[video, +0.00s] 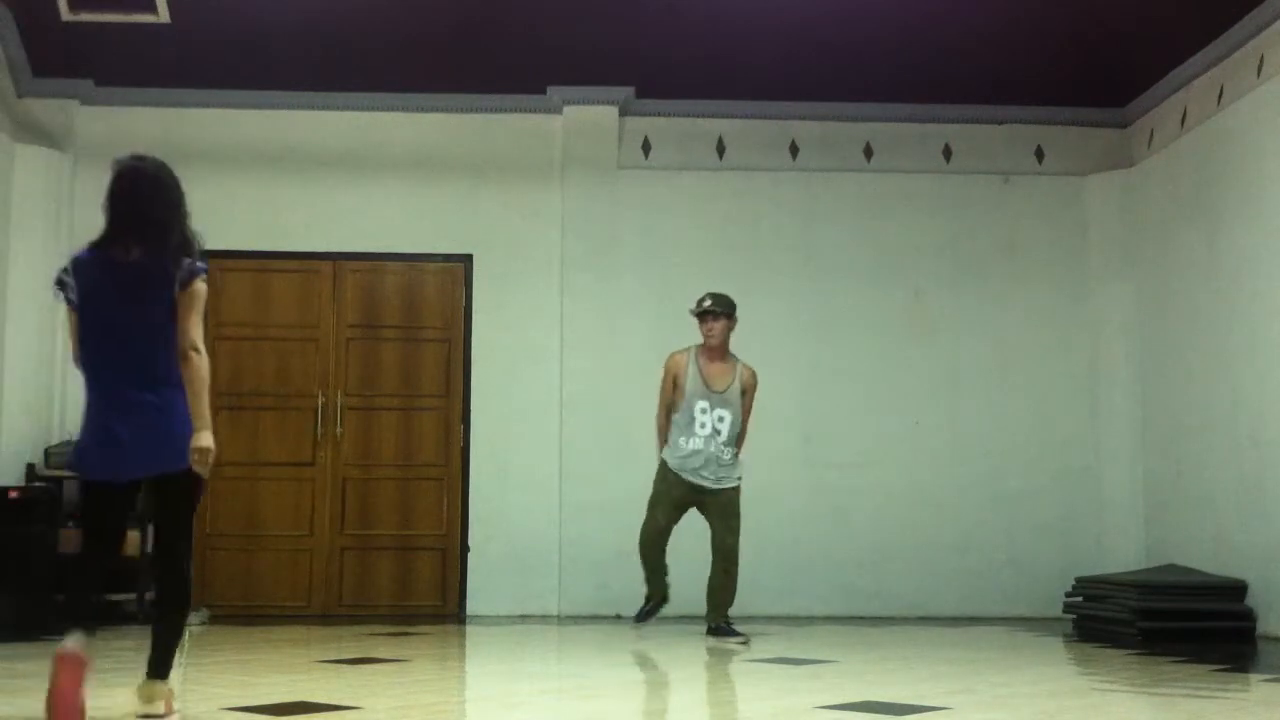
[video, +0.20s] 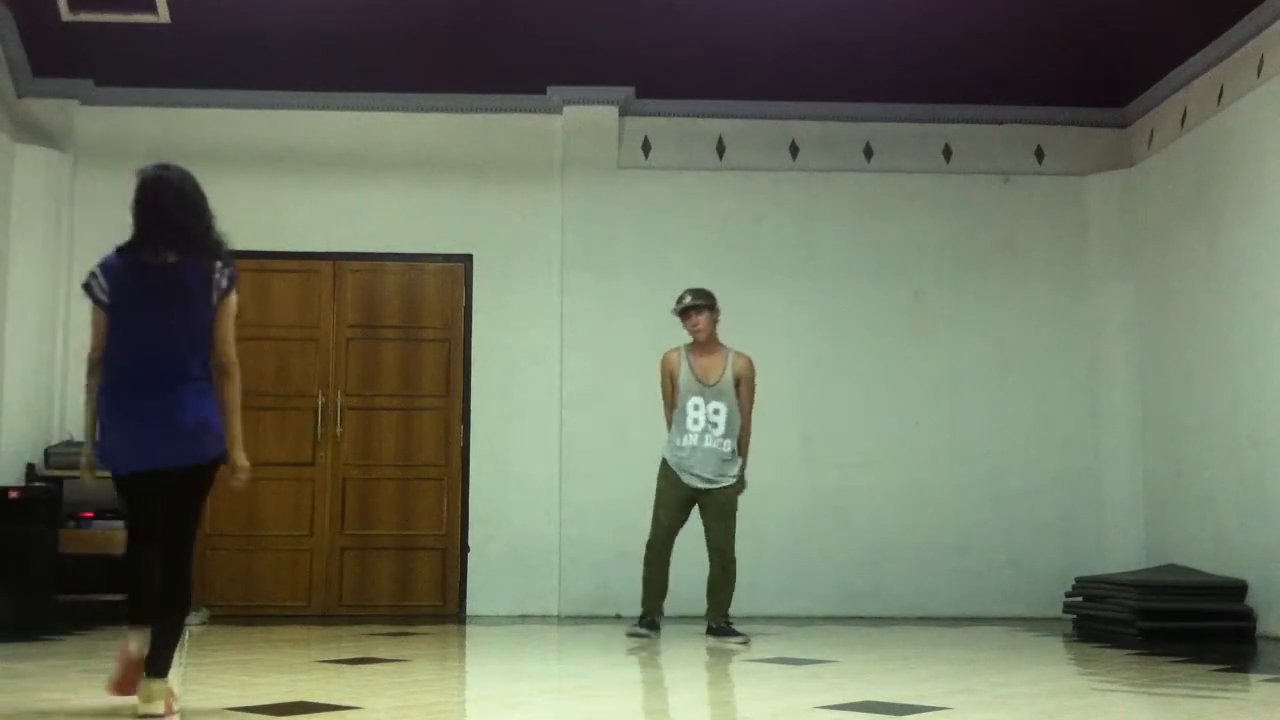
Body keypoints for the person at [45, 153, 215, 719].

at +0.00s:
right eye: (171, 202)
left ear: (112, 205)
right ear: (172, 207)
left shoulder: (82, 268)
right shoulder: (185, 266)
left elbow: (79, 354)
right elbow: (191, 349)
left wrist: (123, 383)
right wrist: (203, 427)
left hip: (105, 436)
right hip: (171, 432)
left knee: (98, 548)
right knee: (173, 559)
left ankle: (76, 639)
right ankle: (157, 683)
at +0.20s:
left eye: (143, 202)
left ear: (139, 210)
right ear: (196, 210)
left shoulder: (112, 270)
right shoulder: (215, 271)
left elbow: (96, 360)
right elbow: (224, 362)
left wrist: (92, 433)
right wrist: (235, 444)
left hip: (125, 431)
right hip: (192, 430)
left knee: (143, 537)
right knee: (177, 551)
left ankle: (135, 639)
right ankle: (158, 682)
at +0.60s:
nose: (169, 247)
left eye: (172, 240)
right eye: (172, 239)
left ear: (182, 248)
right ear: (226, 248)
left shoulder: (162, 301)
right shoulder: (249, 306)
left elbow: (139, 374)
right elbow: (259, 379)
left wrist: (119, 442)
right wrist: (256, 430)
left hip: (167, 446)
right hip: (224, 447)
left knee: (168, 550)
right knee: (213, 546)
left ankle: (183, 668)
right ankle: (199, 613)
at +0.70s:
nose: (179, 248)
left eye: (183, 241)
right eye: (182, 239)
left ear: (194, 248)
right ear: (234, 248)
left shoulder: (175, 301)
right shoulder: (256, 306)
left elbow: (156, 379)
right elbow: (262, 382)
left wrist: (135, 439)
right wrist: (264, 442)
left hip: (177, 440)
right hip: (235, 440)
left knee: (175, 546)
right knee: (211, 535)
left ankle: (182, 664)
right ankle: (217, 611)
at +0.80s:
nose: (190, 250)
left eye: (196, 243)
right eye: (192, 242)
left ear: (212, 250)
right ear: (241, 251)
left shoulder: (191, 301)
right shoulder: (258, 306)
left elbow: (172, 377)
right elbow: (267, 383)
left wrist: (151, 434)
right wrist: (270, 445)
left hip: (196, 437)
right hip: (244, 439)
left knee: (188, 543)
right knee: (204, 535)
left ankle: (185, 661)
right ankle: (245, 627)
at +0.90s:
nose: (199, 261)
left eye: (205, 254)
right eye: (201, 253)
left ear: (225, 261)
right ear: (246, 262)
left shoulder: (209, 309)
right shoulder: (260, 317)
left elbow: (188, 377)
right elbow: (273, 386)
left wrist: (170, 426)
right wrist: (274, 448)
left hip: (210, 445)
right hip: (248, 448)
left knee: (197, 548)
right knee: (222, 545)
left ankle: (198, 657)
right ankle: (252, 629)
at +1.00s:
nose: (211, 276)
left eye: (218, 269)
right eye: (213, 269)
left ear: (238, 274)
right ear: (249, 275)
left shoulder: (240, 324)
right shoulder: (261, 325)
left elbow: (217, 382)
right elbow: (269, 397)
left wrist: (194, 419)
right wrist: (273, 456)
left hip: (230, 450)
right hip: (251, 450)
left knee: (213, 549)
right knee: (241, 548)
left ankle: (210, 655)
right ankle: (264, 643)